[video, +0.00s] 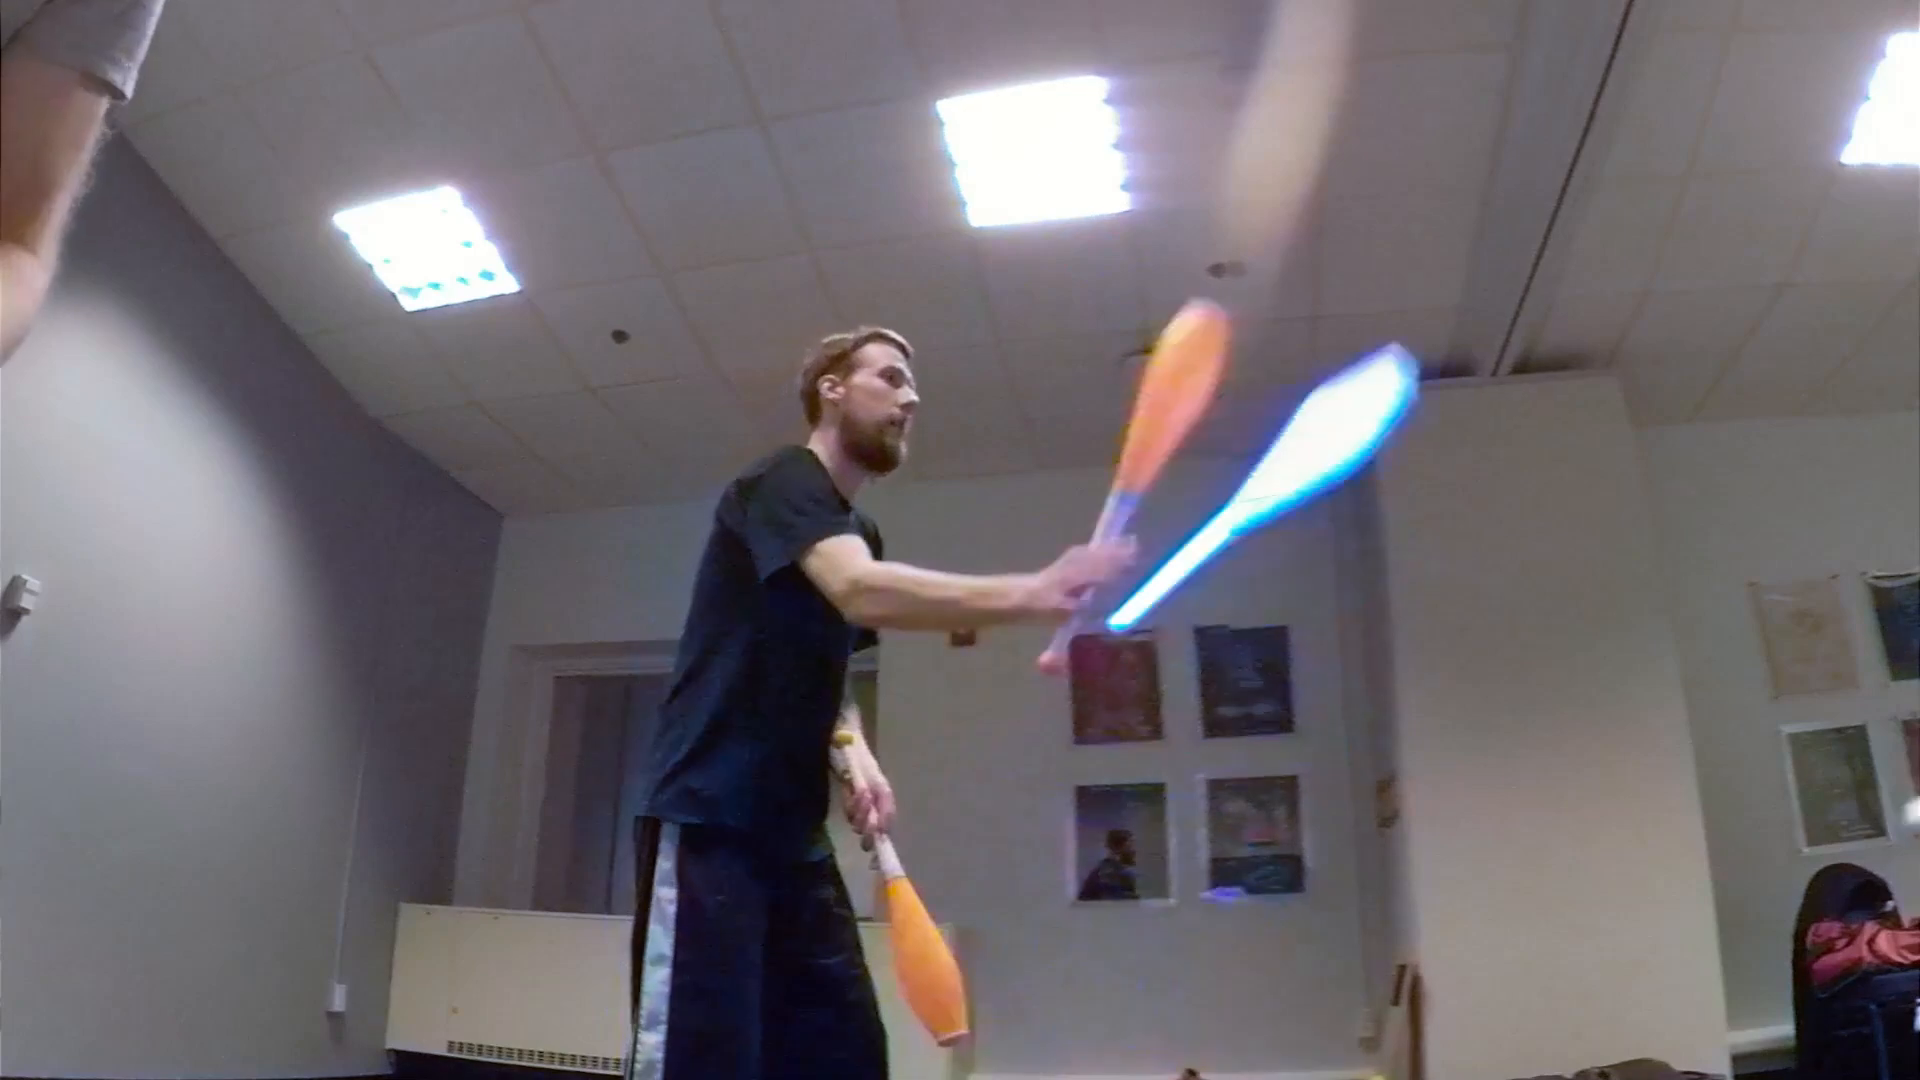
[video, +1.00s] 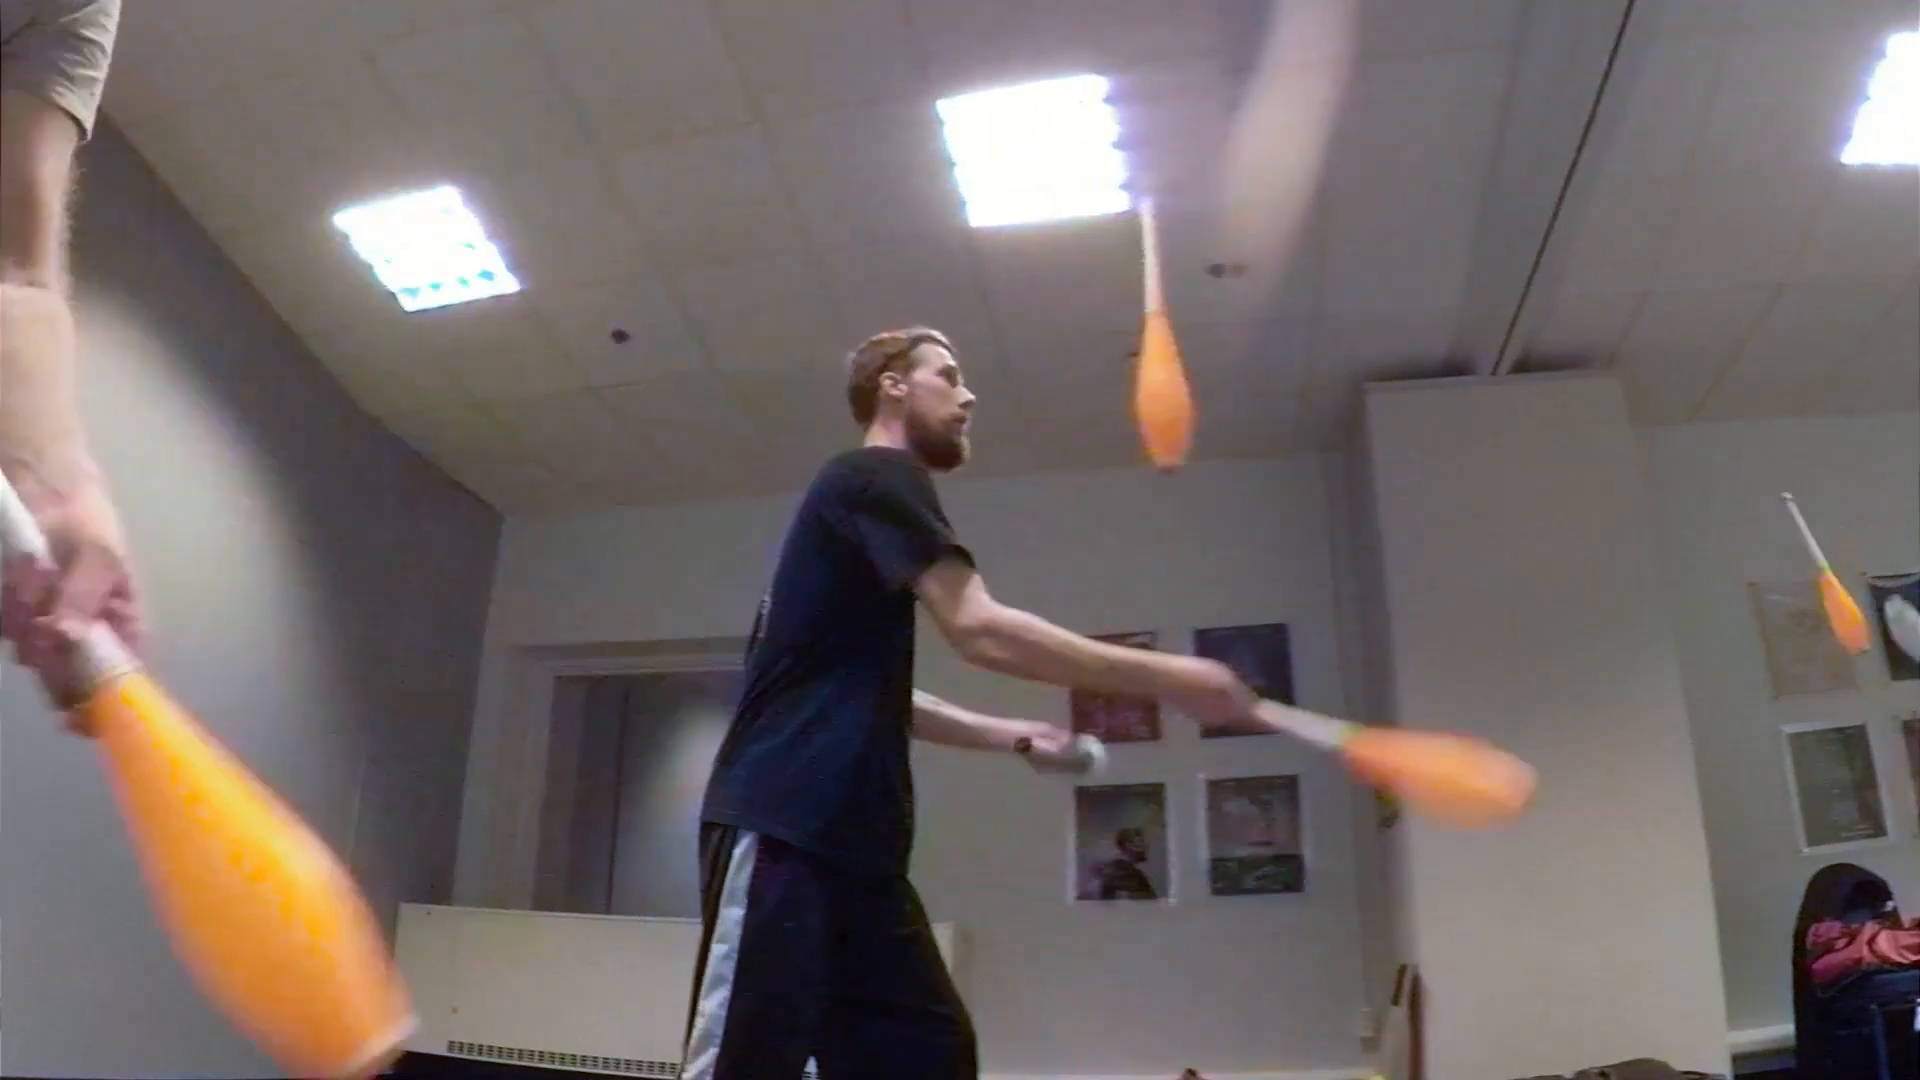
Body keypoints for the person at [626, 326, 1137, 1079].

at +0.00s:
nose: (910, 396)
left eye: (912, 386)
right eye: (889, 377)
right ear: (830, 391)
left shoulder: (848, 536)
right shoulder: (781, 481)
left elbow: (817, 678)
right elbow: (857, 588)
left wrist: (855, 758)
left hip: (788, 829)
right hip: (704, 821)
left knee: (842, 1050)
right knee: (698, 1055)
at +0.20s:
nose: (909, 385)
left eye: (911, 375)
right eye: (888, 363)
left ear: (904, 409)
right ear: (828, 376)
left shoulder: (868, 537)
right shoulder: (776, 453)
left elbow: (855, 679)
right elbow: (820, 555)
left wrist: (883, 740)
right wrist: (995, 535)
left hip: (809, 832)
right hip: (711, 821)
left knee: (843, 1056)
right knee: (691, 1057)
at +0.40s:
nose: (889, 367)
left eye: (890, 357)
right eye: (866, 350)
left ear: (885, 388)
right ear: (806, 369)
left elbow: (865, 674)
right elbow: (669, 607)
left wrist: (925, 659)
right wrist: (818, 657)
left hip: (816, 838)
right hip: (703, 827)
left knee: (875, 1049)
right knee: (681, 1058)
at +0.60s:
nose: (888, 371)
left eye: (886, 359)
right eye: (863, 352)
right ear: (804, 370)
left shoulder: (871, 524)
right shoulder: (741, 474)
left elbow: (966, 611)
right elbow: (667, 631)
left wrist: (1042, 501)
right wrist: (735, 779)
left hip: (832, 843)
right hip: (718, 831)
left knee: (892, 1053)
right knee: (681, 1060)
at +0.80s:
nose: (915, 384)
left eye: (913, 371)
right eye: (893, 365)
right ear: (835, 382)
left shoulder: (868, 533)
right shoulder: (809, 483)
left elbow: (977, 624)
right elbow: (792, 664)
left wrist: (1058, 521)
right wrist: (869, 835)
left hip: (846, 850)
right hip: (770, 841)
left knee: (934, 1050)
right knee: (742, 1064)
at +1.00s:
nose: (967, 396)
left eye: (964, 382)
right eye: (948, 376)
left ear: (899, 394)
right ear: (893, 387)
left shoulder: (869, 502)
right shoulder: (871, 477)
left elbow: (876, 700)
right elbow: (978, 627)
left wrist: (1016, 735)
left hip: (851, 840)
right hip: (786, 826)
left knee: (927, 1052)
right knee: (739, 1060)